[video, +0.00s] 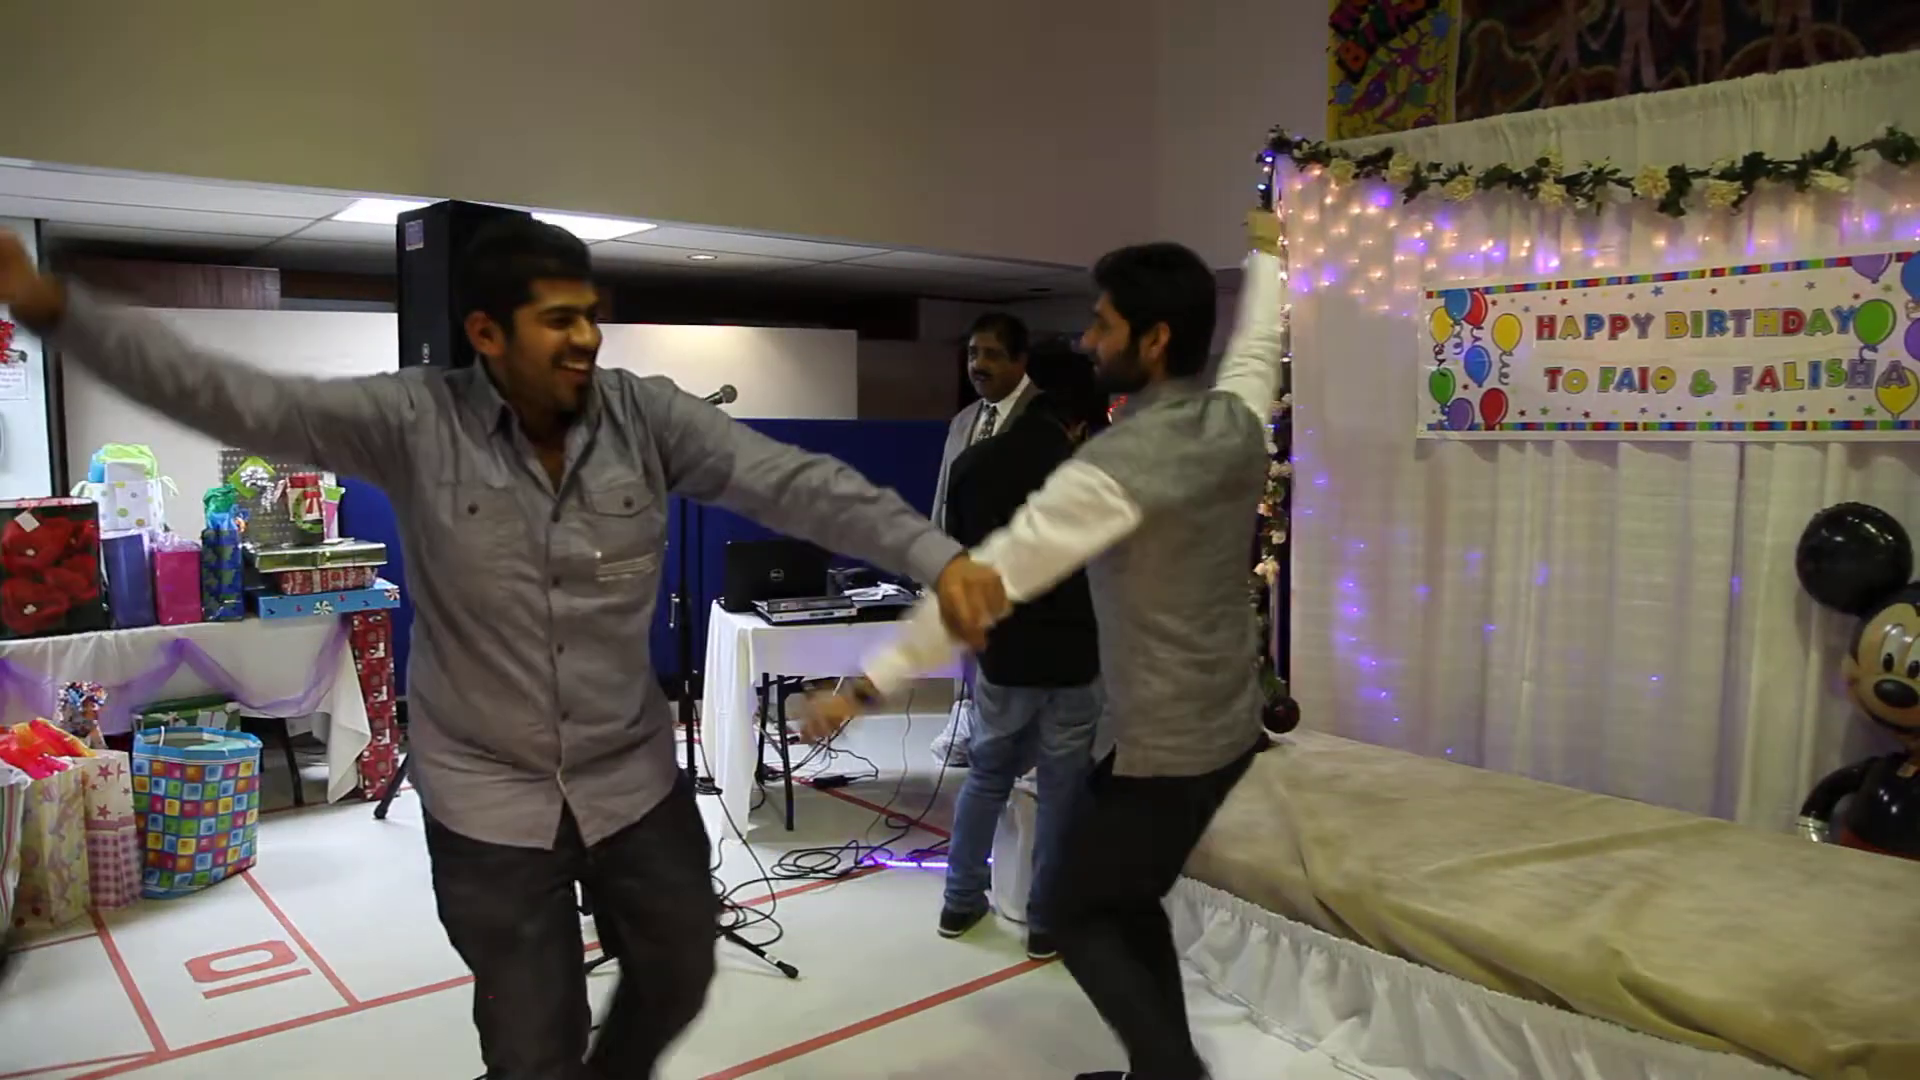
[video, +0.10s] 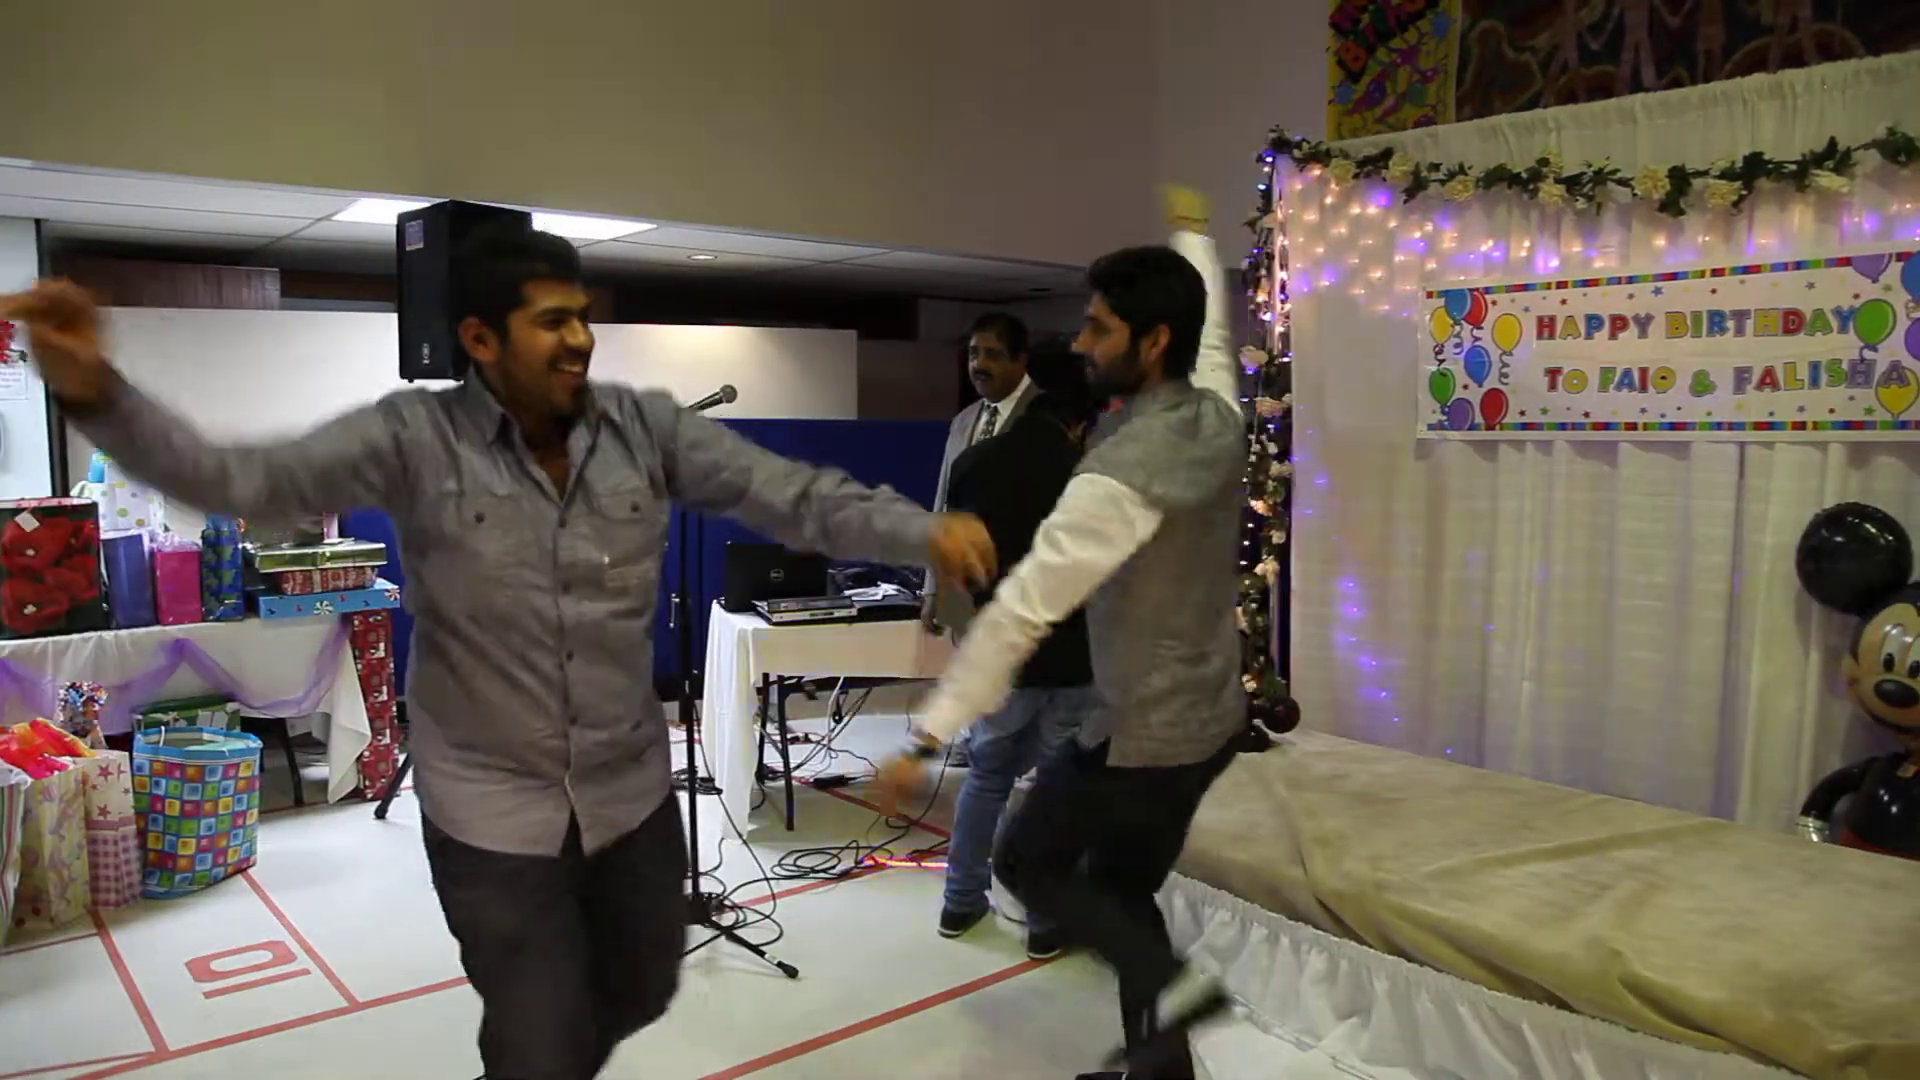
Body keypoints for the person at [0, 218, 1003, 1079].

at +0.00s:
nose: (585, 341)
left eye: (594, 319)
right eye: (559, 320)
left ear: (603, 324)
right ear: (485, 332)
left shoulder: (645, 415)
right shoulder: (410, 421)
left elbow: (794, 483)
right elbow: (229, 393)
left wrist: (939, 557)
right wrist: (59, 309)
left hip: (630, 775)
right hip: (484, 796)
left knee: (679, 977)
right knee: (539, 1048)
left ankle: (605, 1073)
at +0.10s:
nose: (580, 344)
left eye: (586, 321)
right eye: (553, 324)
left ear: (594, 328)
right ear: (480, 338)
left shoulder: (643, 428)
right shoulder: (413, 438)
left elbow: (795, 495)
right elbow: (239, 479)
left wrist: (929, 532)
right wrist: (102, 396)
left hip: (628, 789)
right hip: (487, 809)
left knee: (643, 990)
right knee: (546, 1045)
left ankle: (528, 1062)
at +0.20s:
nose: (578, 365)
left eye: (580, 343)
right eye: (551, 345)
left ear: (586, 354)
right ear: (476, 368)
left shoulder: (649, 464)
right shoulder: (407, 482)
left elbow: (785, 536)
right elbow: (233, 567)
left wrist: (883, 502)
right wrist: (161, 432)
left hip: (629, 815)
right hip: (491, 830)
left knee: (626, 1001)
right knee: (560, 1058)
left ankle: (522, 1025)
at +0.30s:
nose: (580, 351)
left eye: (581, 331)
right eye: (553, 335)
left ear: (590, 344)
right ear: (478, 359)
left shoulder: (648, 455)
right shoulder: (406, 474)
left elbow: (800, 499)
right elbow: (217, 519)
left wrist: (910, 437)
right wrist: (162, 362)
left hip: (631, 814)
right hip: (491, 831)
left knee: (658, 1008)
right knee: (553, 1059)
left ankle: (528, 1019)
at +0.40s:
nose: (587, 322)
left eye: (591, 301)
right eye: (560, 305)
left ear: (601, 317)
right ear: (486, 329)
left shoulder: (650, 410)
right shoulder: (406, 429)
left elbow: (824, 417)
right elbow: (214, 408)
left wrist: (988, 385)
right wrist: (118, 249)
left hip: (642, 785)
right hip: (494, 810)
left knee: (679, 987)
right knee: (538, 1057)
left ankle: (548, 977)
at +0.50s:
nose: (599, 330)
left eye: (602, 309)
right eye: (572, 312)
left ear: (604, 324)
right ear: (494, 331)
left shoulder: (653, 415)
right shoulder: (416, 423)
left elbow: (835, 409)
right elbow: (246, 370)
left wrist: (1019, 401)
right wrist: (108, 232)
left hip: (649, 782)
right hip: (499, 809)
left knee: (711, 979)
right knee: (537, 1060)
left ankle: (621, 998)